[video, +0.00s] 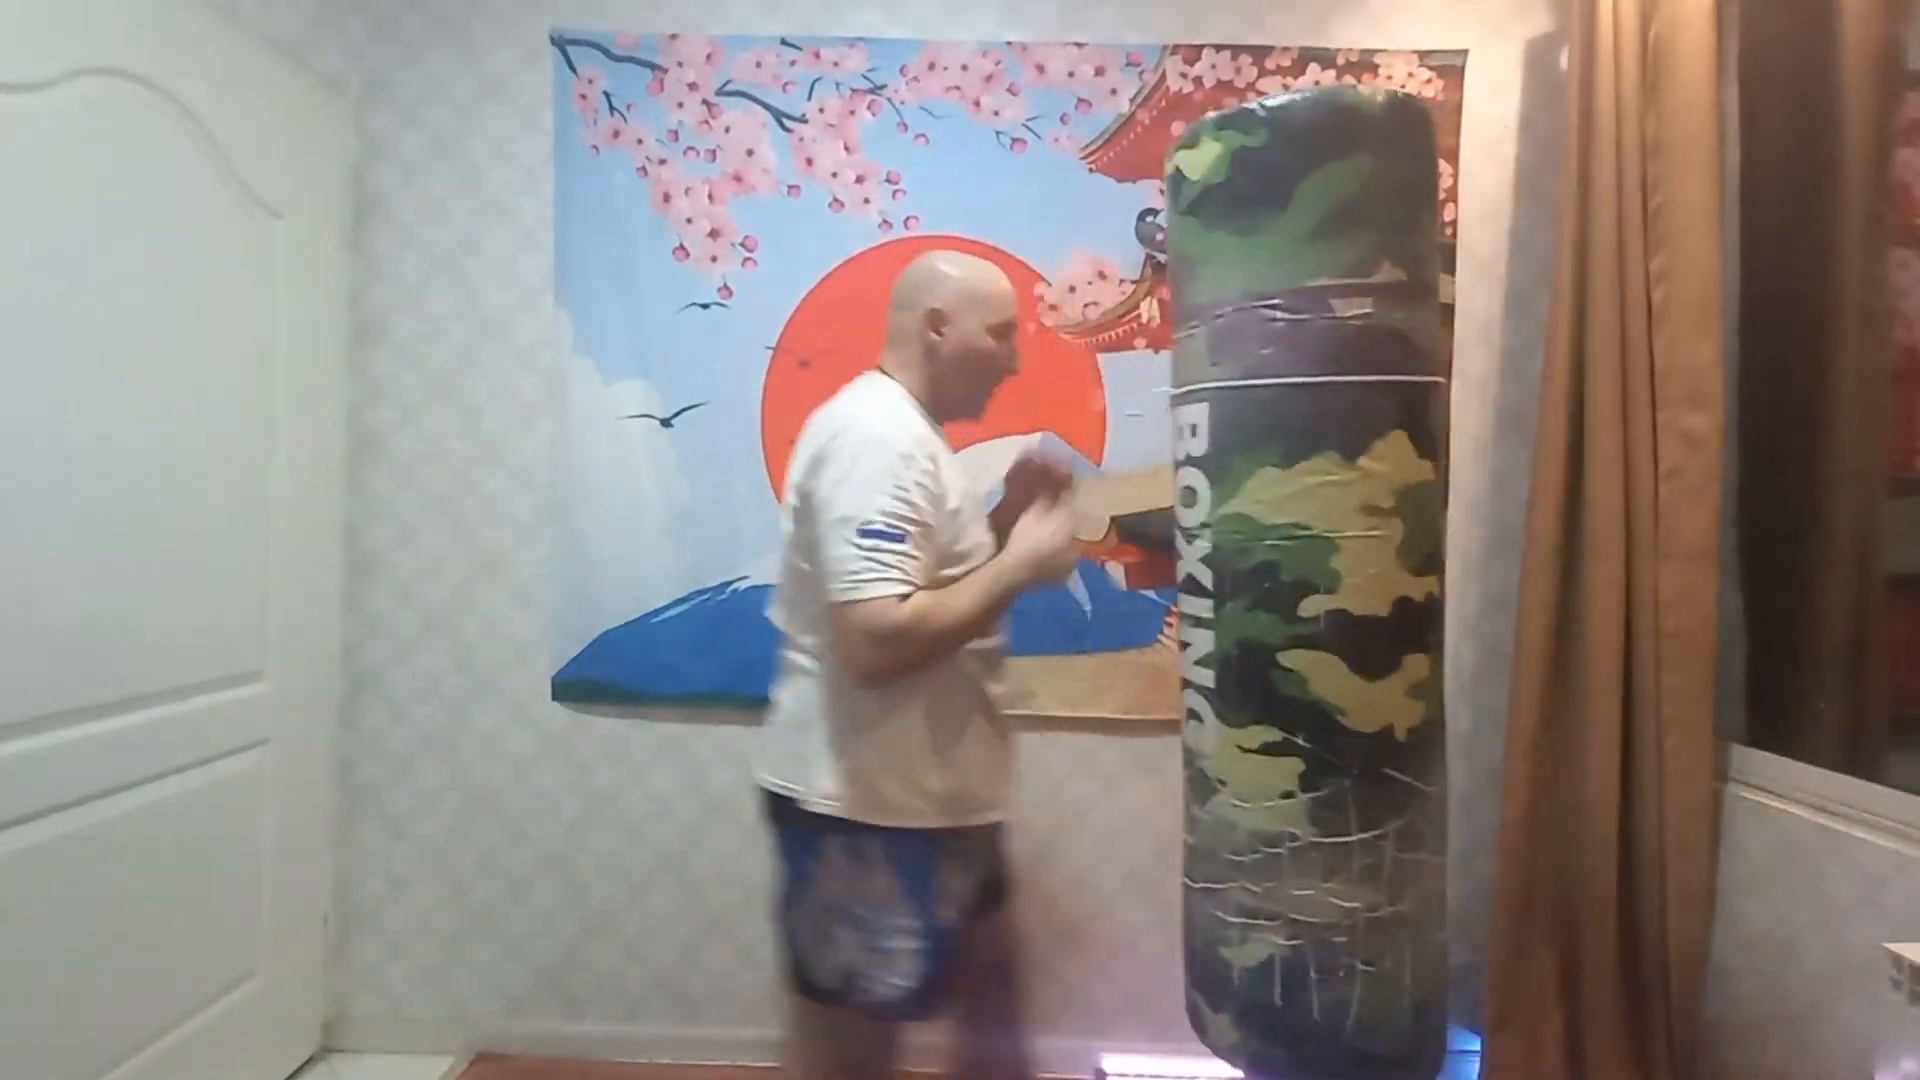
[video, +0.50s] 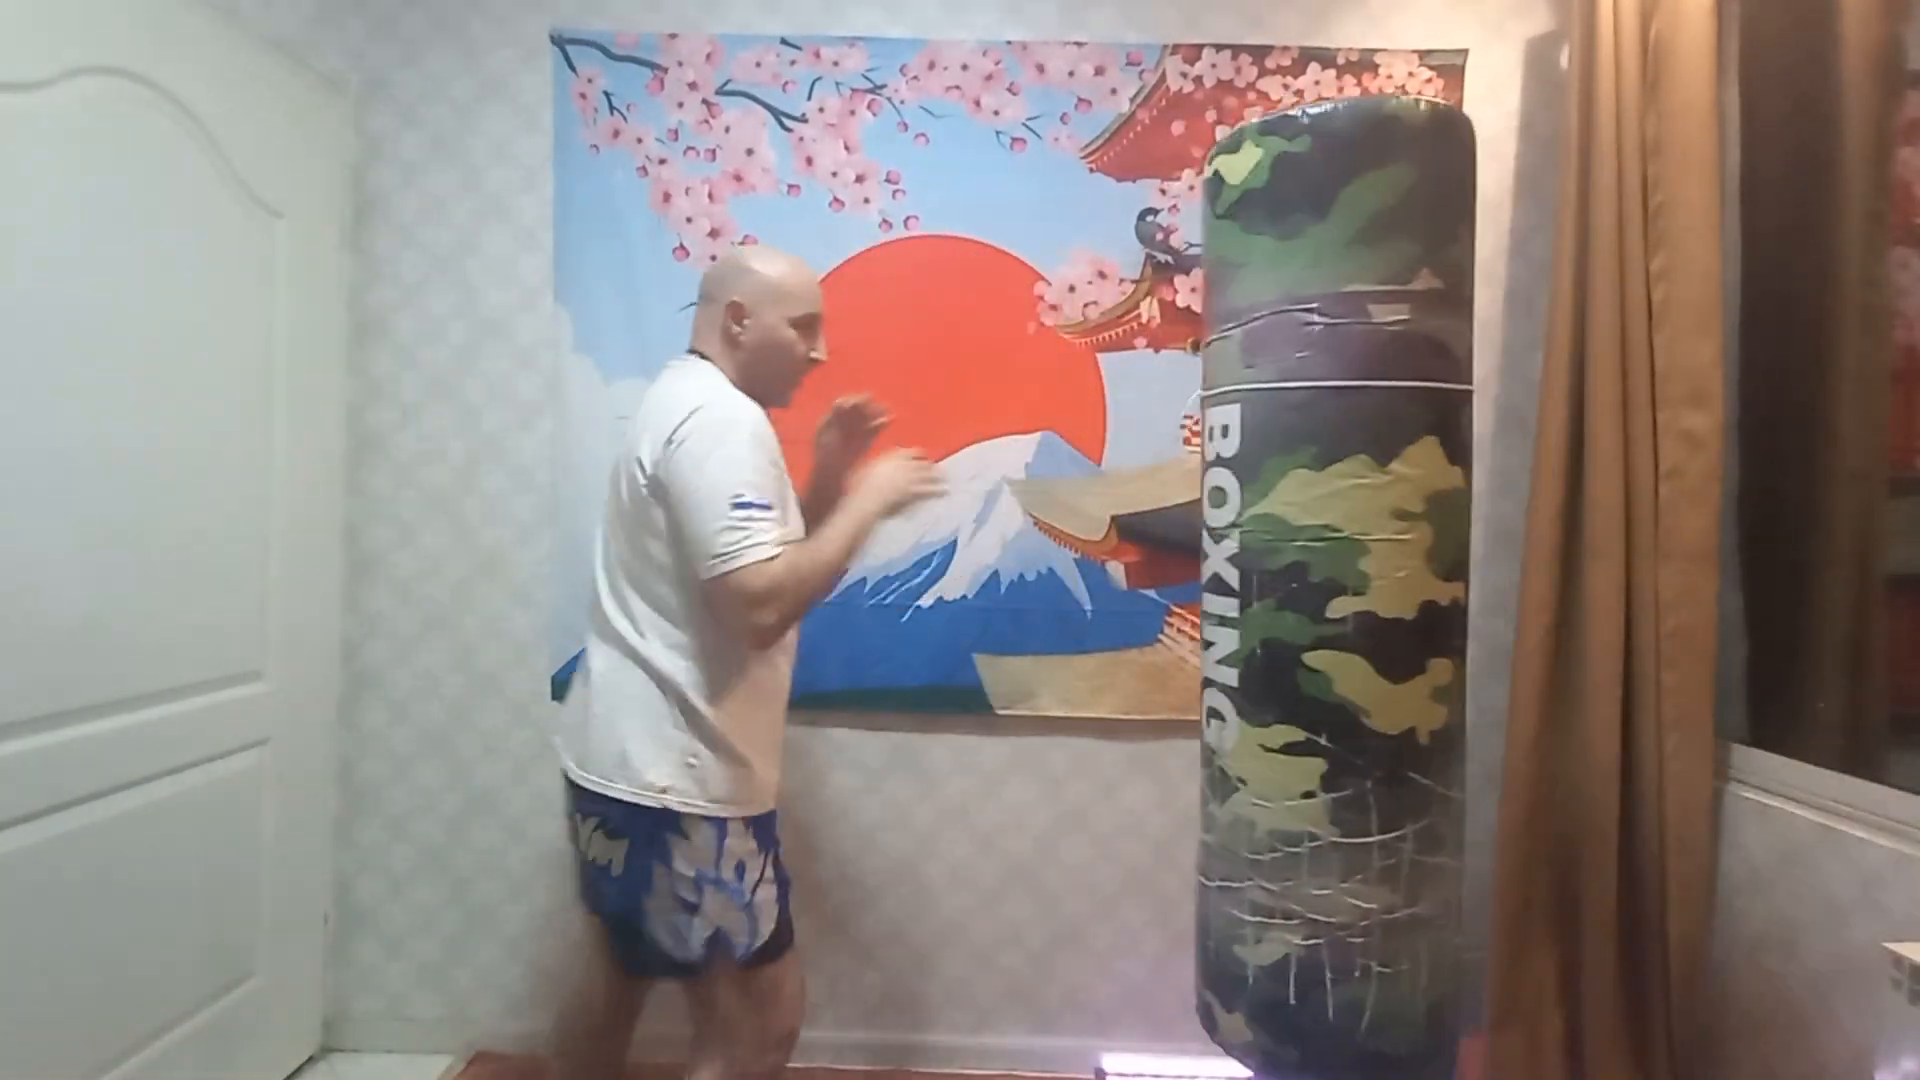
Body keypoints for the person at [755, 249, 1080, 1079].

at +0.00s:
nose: (1014, 357)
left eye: (1014, 334)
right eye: (999, 333)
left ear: (936, 331)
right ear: (934, 328)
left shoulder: (908, 437)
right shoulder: (873, 435)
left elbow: (930, 593)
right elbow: (873, 643)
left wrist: (1006, 516)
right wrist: (1020, 564)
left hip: (936, 807)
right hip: (864, 814)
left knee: (990, 1046)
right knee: (846, 1058)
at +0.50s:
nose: (819, 350)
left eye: (818, 329)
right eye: (805, 327)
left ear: (731, 324)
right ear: (738, 321)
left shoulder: (674, 401)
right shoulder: (720, 421)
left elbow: (769, 568)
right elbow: (760, 604)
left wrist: (825, 481)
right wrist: (872, 501)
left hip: (620, 765)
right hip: (689, 786)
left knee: (612, 996)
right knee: (756, 1028)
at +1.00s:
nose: (783, 329)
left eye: (782, 308)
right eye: (767, 306)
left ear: (692, 308)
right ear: (694, 304)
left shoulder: (683, 409)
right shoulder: (654, 408)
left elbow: (792, 541)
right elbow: (632, 603)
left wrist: (831, 432)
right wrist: (835, 532)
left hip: (618, 792)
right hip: (673, 803)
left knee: (596, 1014)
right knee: (758, 1055)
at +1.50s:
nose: (759, 314)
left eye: (758, 289)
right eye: (739, 286)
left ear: (661, 285)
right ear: (649, 280)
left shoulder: (730, 424)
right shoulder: (520, 414)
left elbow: (765, 585)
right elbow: (519, 649)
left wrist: (900, 585)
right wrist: (753, 571)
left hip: (838, 738)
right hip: (710, 864)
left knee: (1089, 800)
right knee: (786, 1064)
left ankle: (1320, 899)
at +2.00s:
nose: (725, 332)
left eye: (723, 306)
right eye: (707, 303)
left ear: (625, 300)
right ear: (628, 296)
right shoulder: (594, 413)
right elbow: (684, 627)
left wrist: (753, 465)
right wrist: (795, 480)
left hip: (533, 840)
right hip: (607, 858)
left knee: (482, 1052)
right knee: (697, 1062)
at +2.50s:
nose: (671, 322)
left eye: (673, 299)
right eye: (652, 293)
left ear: (577, 286)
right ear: (570, 282)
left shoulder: (632, 419)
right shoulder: (457, 374)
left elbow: (749, 536)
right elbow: (613, 518)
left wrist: (767, 402)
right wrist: (749, 386)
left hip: (593, 816)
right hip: (469, 839)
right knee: (518, 1063)